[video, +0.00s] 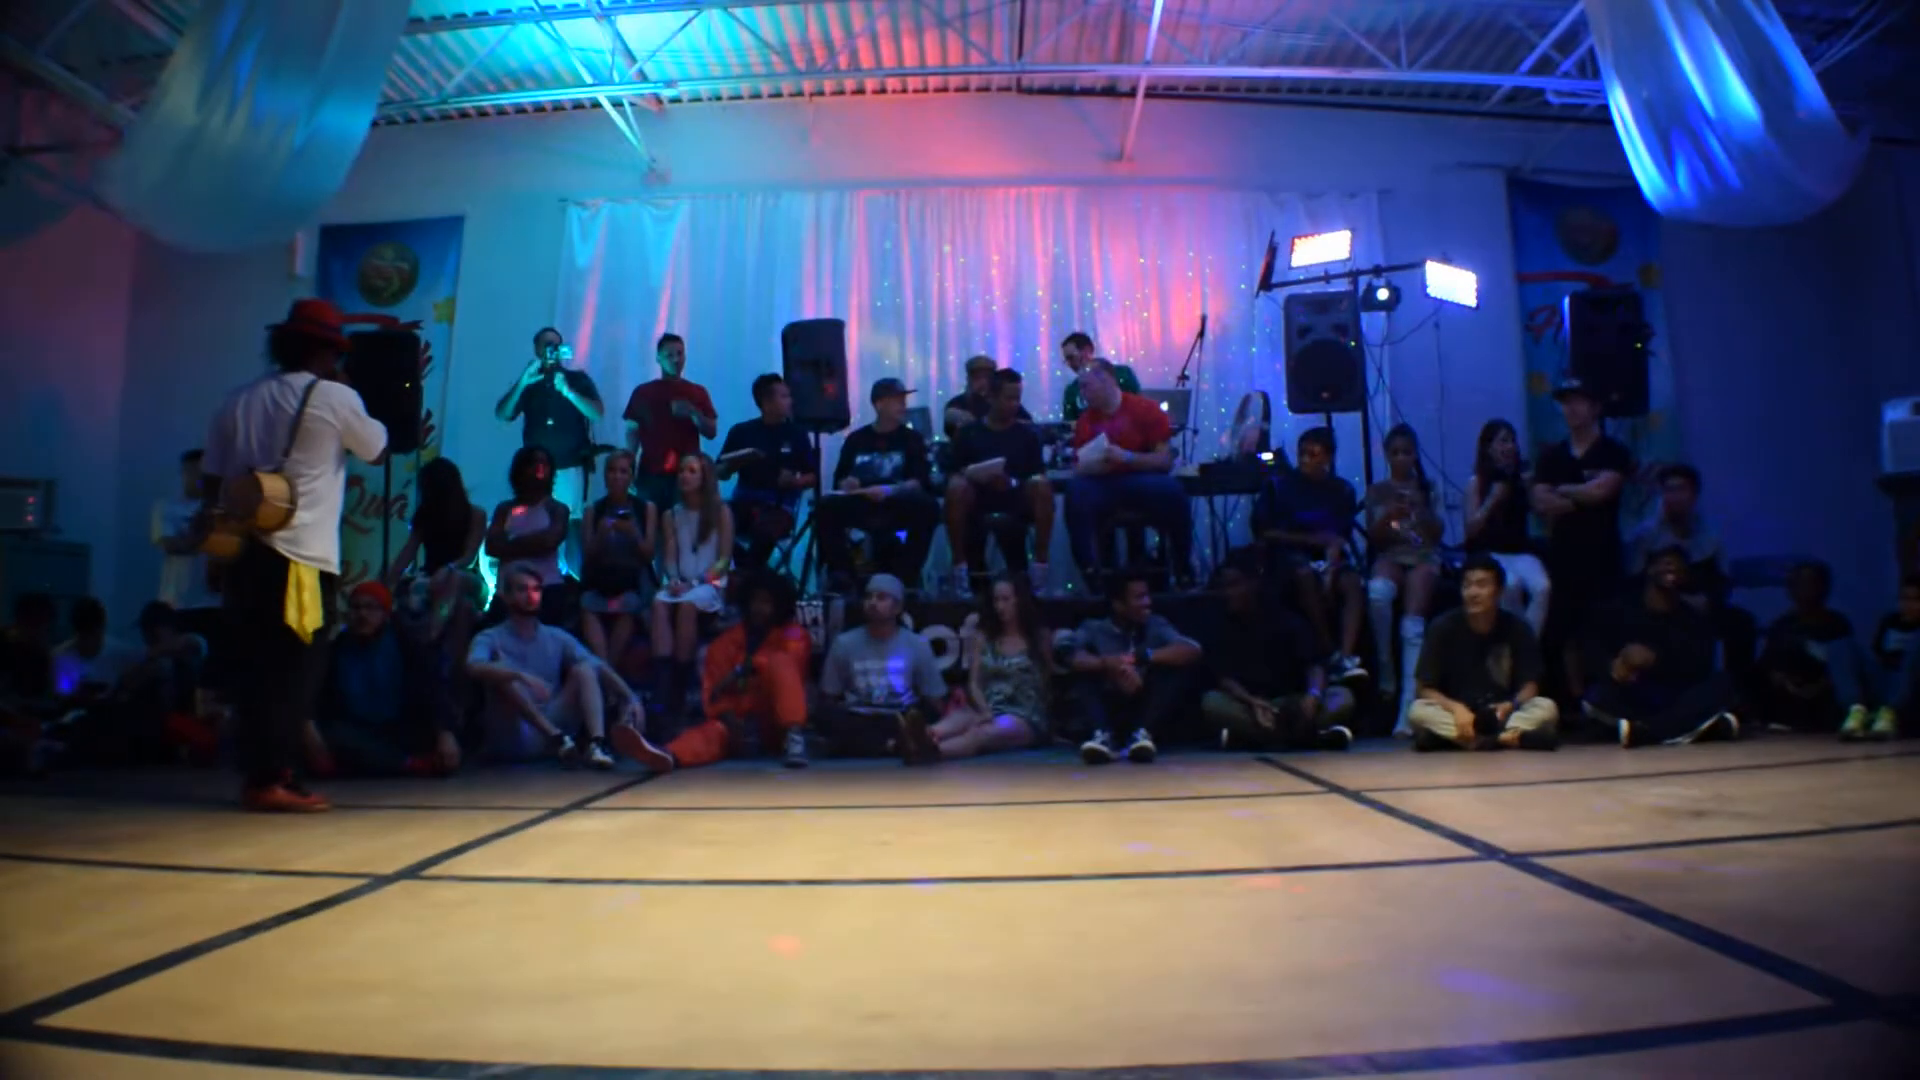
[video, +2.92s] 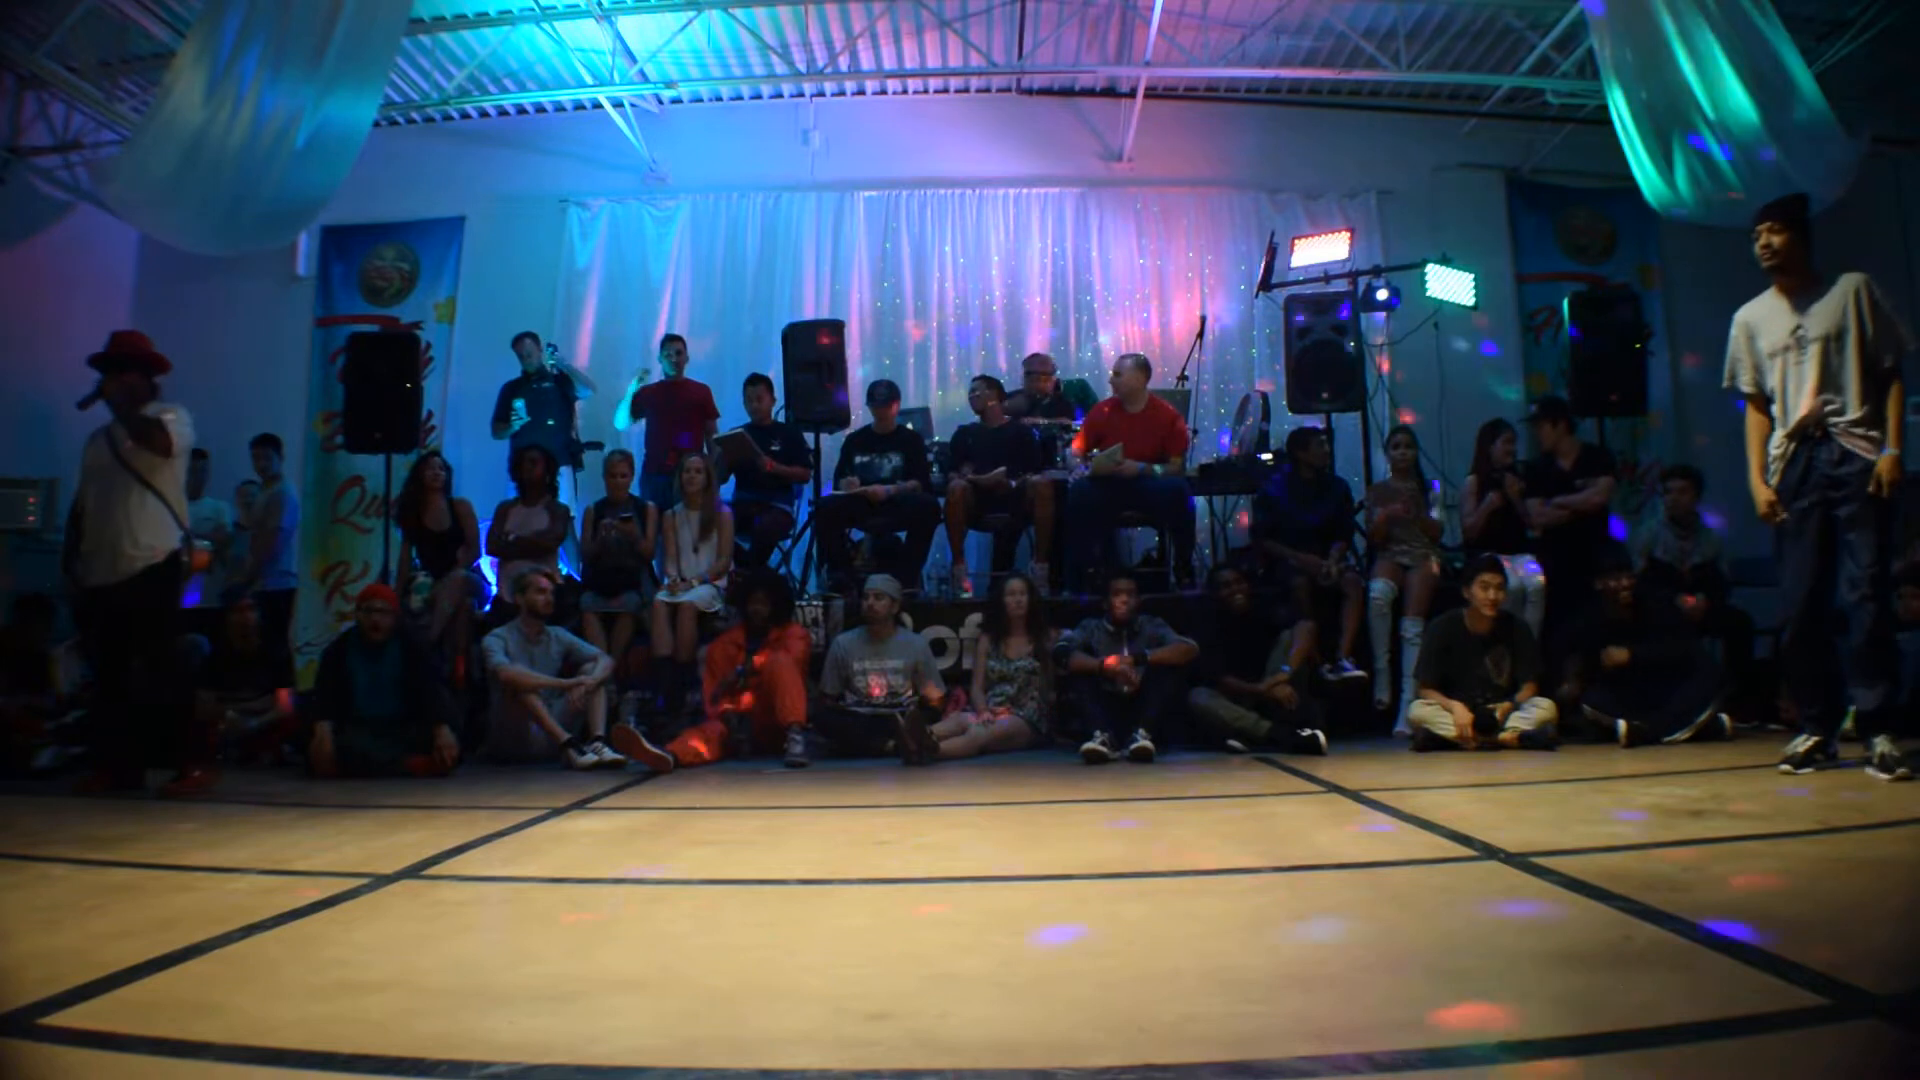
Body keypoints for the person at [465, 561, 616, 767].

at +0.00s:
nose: (531, 596)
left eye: (536, 589)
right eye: (522, 590)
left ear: (541, 594)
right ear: (506, 597)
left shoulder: (556, 637)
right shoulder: (489, 639)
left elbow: (596, 665)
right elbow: (475, 667)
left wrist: (631, 700)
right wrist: (523, 678)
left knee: (584, 670)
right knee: (509, 683)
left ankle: (596, 742)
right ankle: (557, 738)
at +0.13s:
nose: (531, 595)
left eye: (536, 589)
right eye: (523, 589)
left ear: (541, 594)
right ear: (507, 596)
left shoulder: (555, 635)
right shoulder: (489, 639)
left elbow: (597, 661)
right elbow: (479, 668)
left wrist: (631, 692)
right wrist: (537, 675)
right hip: (513, 735)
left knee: (582, 668)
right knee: (510, 677)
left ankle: (595, 741)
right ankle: (563, 741)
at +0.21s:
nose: (532, 595)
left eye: (536, 589)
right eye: (523, 589)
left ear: (542, 594)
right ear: (507, 596)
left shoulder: (555, 635)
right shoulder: (490, 639)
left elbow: (601, 660)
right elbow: (483, 668)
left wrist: (629, 689)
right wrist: (554, 676)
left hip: (557, 731)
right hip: (513, 736)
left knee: (582, 667)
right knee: (517, 683)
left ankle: (593, 740)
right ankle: (566, 746)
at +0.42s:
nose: (538, 599)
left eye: (543, 592)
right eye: (530, 593)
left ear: (549, 596)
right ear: (515, 598)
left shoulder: (559, 634)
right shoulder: (497, 638)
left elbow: (605, 660)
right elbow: (508, 670)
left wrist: (609, 689)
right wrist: (571, 679)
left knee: (585, 668)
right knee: (521, 682)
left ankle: (594, 742)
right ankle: (568, 746)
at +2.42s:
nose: (548, 601)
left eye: (550, 595)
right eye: (539, 594)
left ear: (553, 597)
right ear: (519, 598)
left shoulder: (557, 635)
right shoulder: (497, 639)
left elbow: (605, 660)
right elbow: (506, 674)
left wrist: (589, 684)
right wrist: (567, 684)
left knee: (594, 671)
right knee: (519, 683)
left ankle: (598, 742)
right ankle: (567, 747)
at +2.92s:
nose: (549, 599)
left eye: (551, 593)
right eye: (541, 592)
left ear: (554, 596)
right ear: (520, 599)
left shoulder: (558, 635)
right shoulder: (497, 639)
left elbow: (606, 661)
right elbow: (505, 674)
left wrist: (589, 683)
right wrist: (565, 684)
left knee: (592, 673)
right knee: (520, 682)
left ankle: (597, 742)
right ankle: (568, 745)